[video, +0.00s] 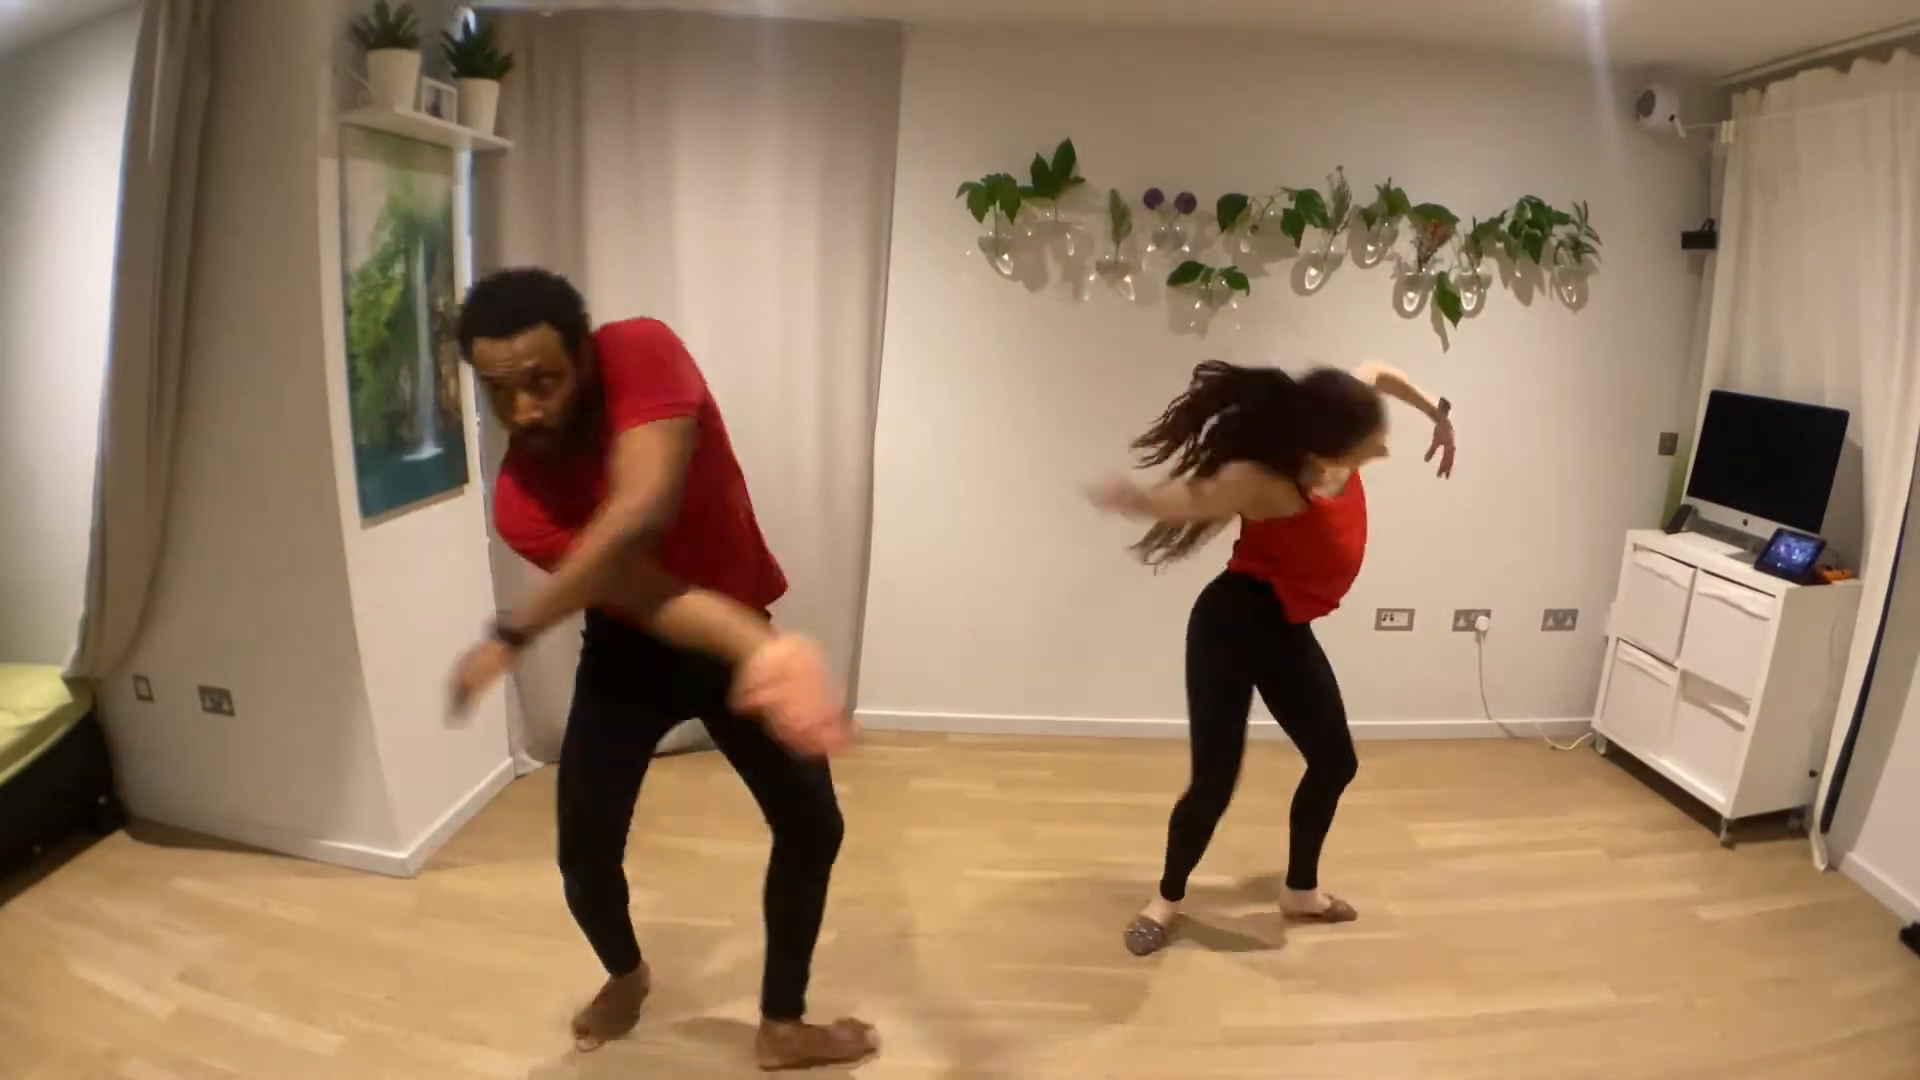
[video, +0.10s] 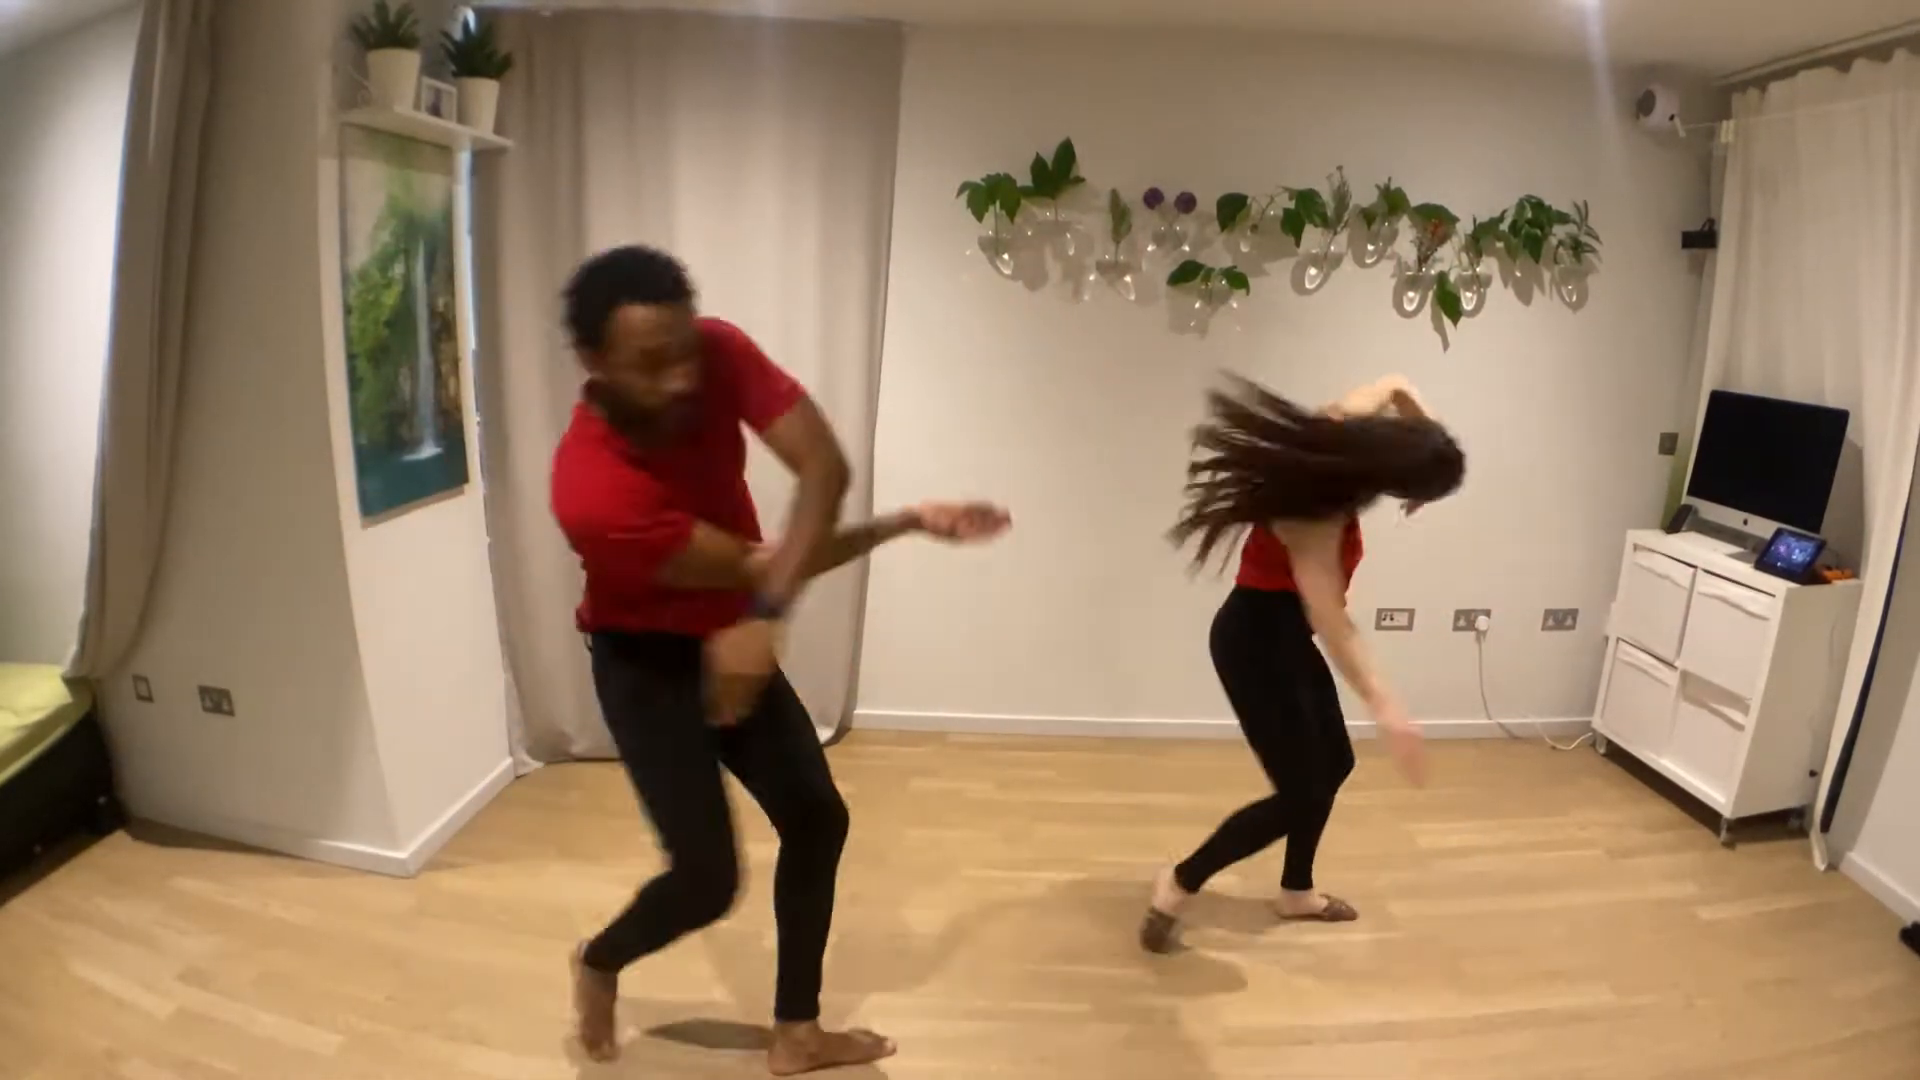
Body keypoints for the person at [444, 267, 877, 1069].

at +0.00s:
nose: (522, 407)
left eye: (541, 381)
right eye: (498, 390)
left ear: (582, 353)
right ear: (477, 380)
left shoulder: (641, 350)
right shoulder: (519, 502)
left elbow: (645, 503)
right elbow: (645, 591)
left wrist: (512, 630)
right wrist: (760, 646)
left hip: (731, 630)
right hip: (625, 645)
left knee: (810, 826)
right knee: (585, 856)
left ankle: (783, 1024)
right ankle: (626, 974)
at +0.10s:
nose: (681, 378)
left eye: (688, 351)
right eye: (652, 365)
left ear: (698, 330)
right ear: (593, 363)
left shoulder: (713, 349)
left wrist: (764, 614)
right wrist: (908, 520)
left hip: (729, 633)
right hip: (641, 655)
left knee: (816, 821)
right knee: (707, 879)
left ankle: (797, 1030)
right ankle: (597, 963)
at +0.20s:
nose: (819, 340)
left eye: (817, 321)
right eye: (809, 324)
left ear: (741, 323)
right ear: (760, 335)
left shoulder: (685, 360)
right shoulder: (725, 464)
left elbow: (830, 455)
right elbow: (790, 549)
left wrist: (910, 564)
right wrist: (840, 490)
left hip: (678, 643)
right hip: (685, 664)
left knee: (805, 815)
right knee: (847, 815)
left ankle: (794, 1025)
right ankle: (706, 994)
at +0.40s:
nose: (693, 300)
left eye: (699, 286)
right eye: (696, 285)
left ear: (725, 292)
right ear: (792, 294)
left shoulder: (672, 365)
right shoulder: (854, 387)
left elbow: (680, 479)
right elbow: (785, 490)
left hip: (707, 669)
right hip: (822, 660)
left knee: (785, 839)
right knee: (826, 762)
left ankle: (857, 1041)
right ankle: (851, 881)